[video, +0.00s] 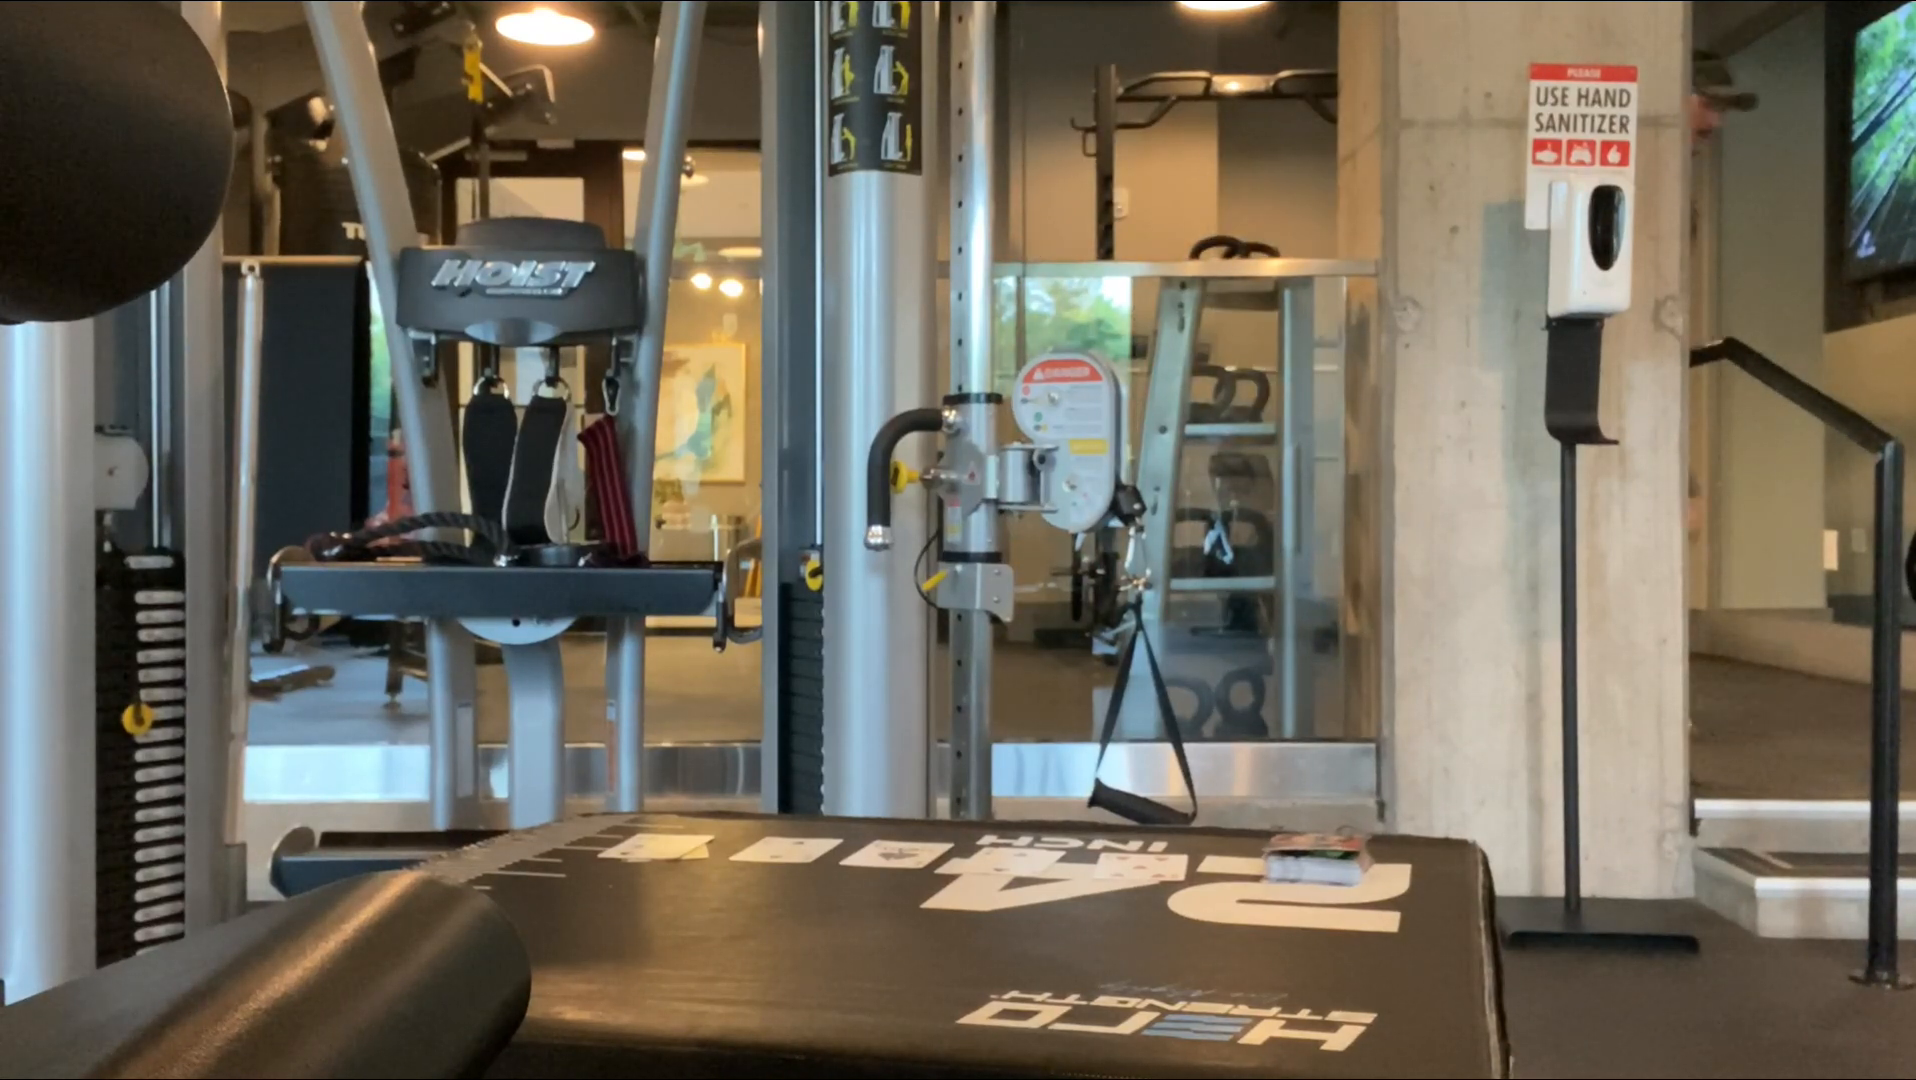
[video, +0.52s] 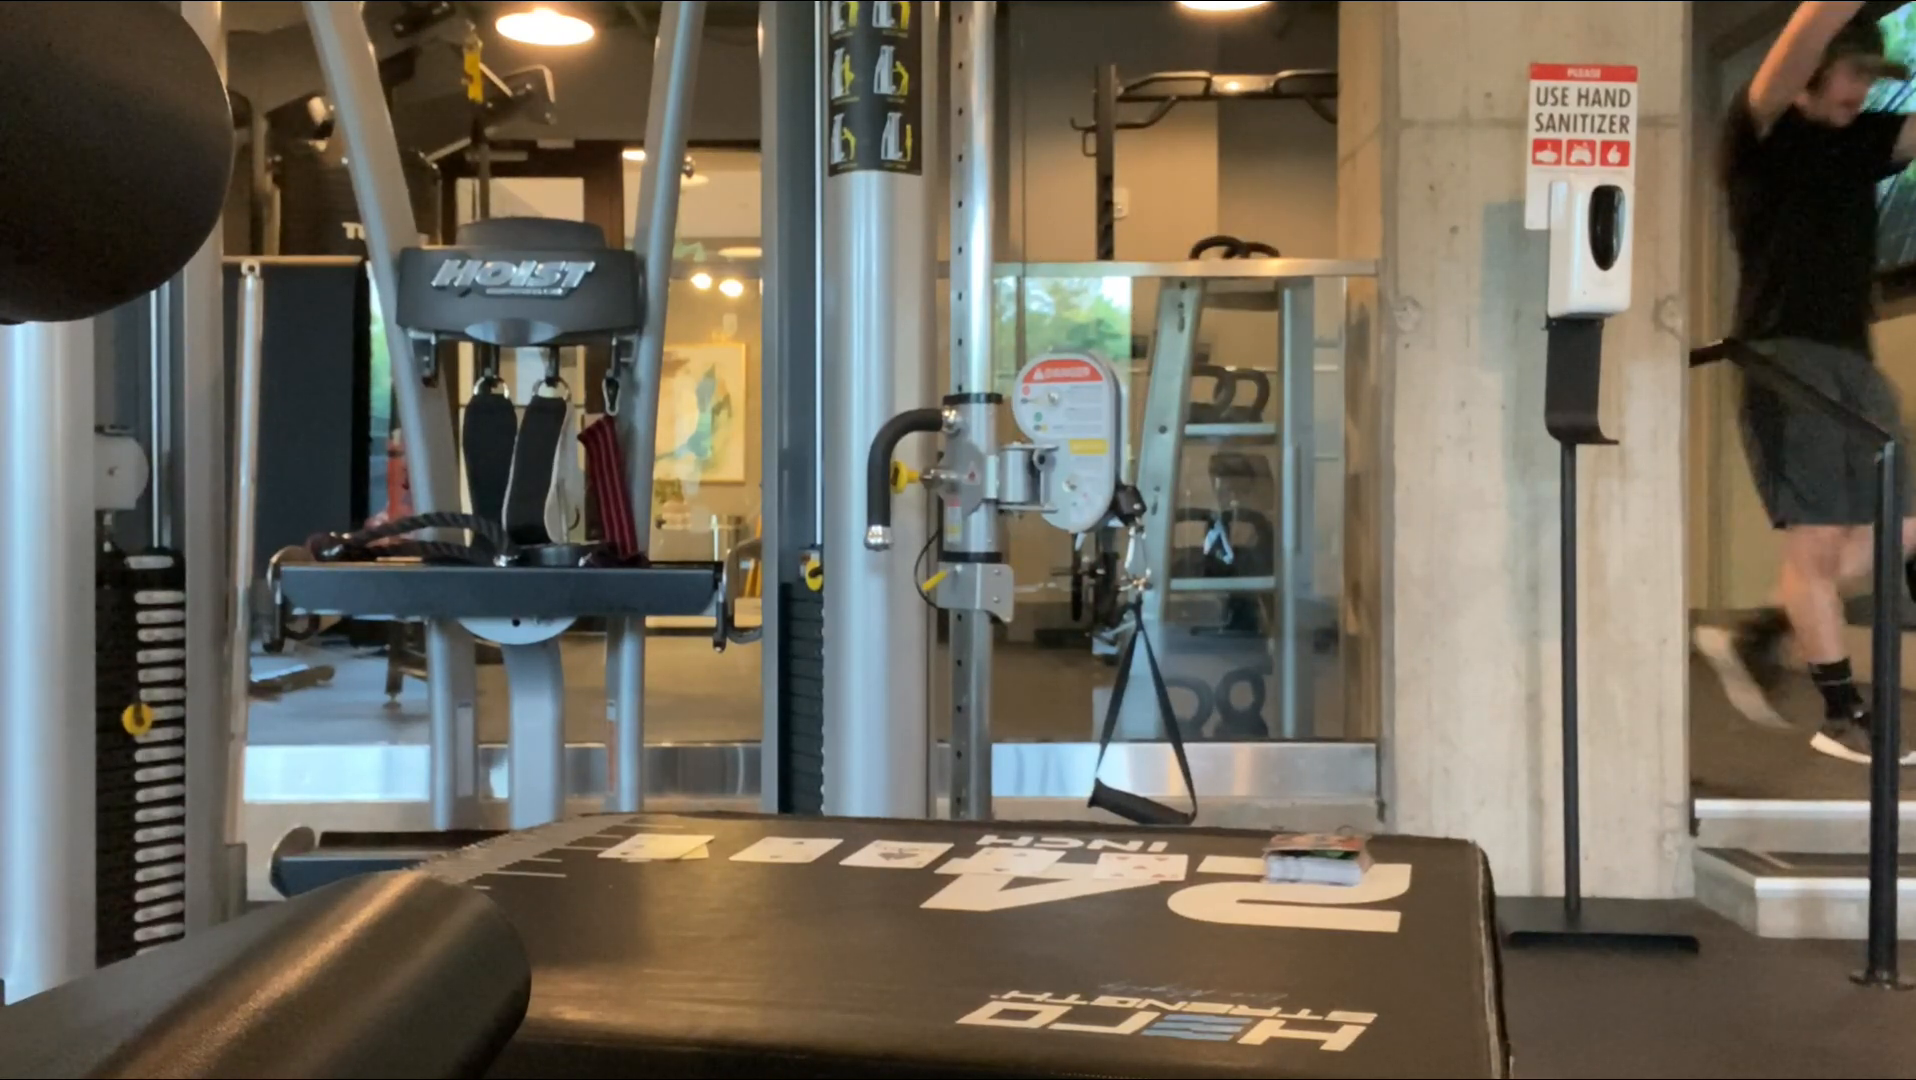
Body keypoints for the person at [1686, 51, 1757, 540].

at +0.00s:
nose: (1715, 122)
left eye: (1721, 107)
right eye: (1709, 103)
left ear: (1705, 105)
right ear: (1682, 98)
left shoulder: (1677, 168)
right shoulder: (1653, 164)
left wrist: (1689, 486)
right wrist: (1679, 489)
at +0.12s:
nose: (1732, 122)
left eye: (1738, 109)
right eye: (1725, 105)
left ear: (1716, 111)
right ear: (1691, 101)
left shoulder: (1692, 180)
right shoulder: (1667, 176)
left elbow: (1688, 289)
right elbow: (1656, 283)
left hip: (1676, 380)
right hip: (1657, 382)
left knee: (1700, 525)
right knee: (1709, 522)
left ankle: (1712, 691)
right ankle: (1715, 692)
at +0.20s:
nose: (1749, 124)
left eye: (1755, 111)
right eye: (1740, 108)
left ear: (1748, 113)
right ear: (1704, 102)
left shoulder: (1725, 180)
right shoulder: (1657, 173)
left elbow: (1777, 253)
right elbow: (1654, 283)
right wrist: (1724, 255)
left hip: (1704, 384)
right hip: (1666, 388)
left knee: (1730, 540)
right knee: (1737, 537)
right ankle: (1798, 698)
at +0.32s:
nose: (1792, 120)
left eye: (1798, 107)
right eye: (1781, 104)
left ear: (1797, 111)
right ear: (1744, 103)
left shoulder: (1786, 180)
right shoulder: (1694, 163)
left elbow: (1882, 211)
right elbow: (1705, 178)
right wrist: (1810, 111)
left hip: (1756, 380)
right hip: (1708, 379)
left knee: (1691, 547)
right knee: (1781, 540)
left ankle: (1631, 699)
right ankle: (1839, 713)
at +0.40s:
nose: (1815, 95)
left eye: (1820, 84)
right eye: (1802, 82)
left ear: (1820, 96)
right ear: (1764, 84)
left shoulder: (1824, 157)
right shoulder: (1720, 154)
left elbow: (1904, 169)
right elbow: (1776, 90)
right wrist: (1851, 18)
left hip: (1797, 361)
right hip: (1743, 359)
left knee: (1776, 540)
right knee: (1800, 538)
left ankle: (1659, 635)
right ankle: (1840, 712)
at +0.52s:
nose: (1858, 93)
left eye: (1866, 80)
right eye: (1848, 78)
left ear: (1865, 85)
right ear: (1808, 73)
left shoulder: (1862, 142)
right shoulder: (1758, 135)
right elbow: (1805, 33)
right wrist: (1853, 3)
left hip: (1851, 358)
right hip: (1784, 353)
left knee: (1893, 531)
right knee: (1813, 538)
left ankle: (1755, 642)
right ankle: (1841, 712)